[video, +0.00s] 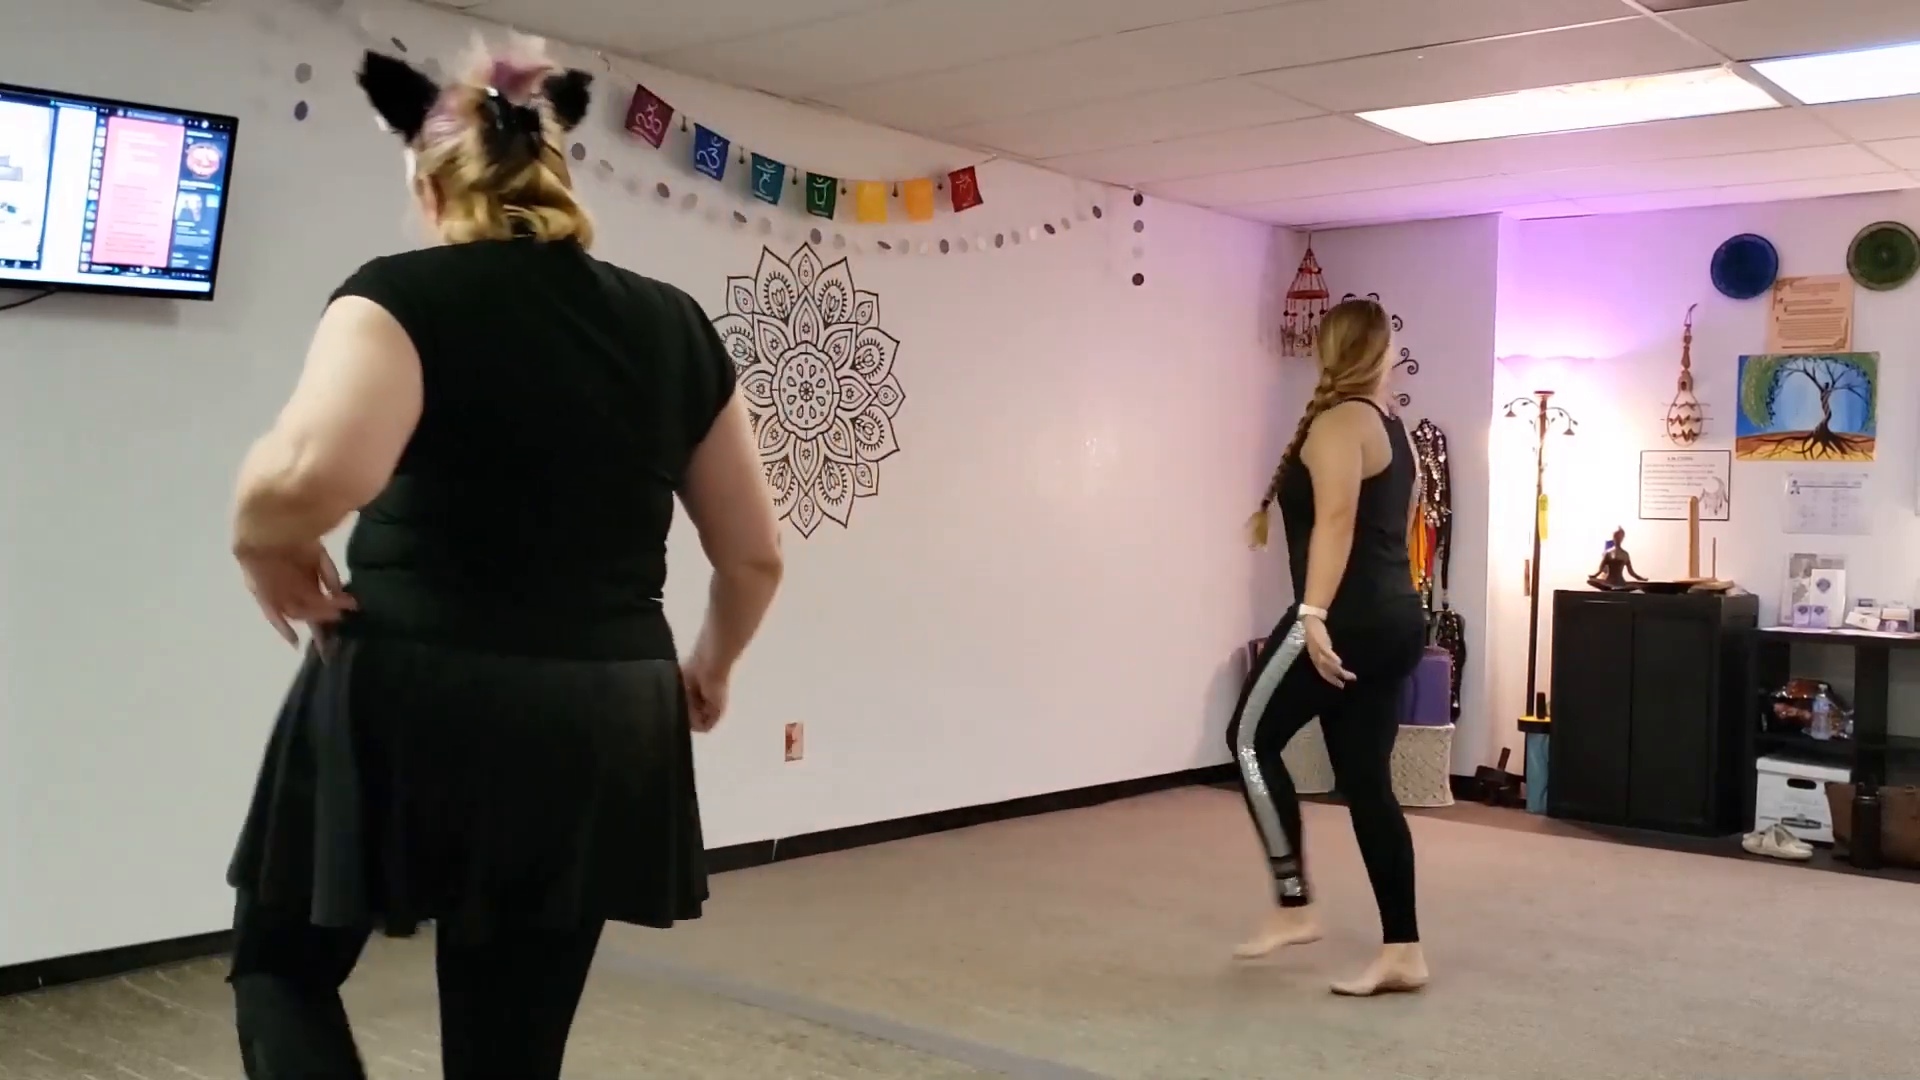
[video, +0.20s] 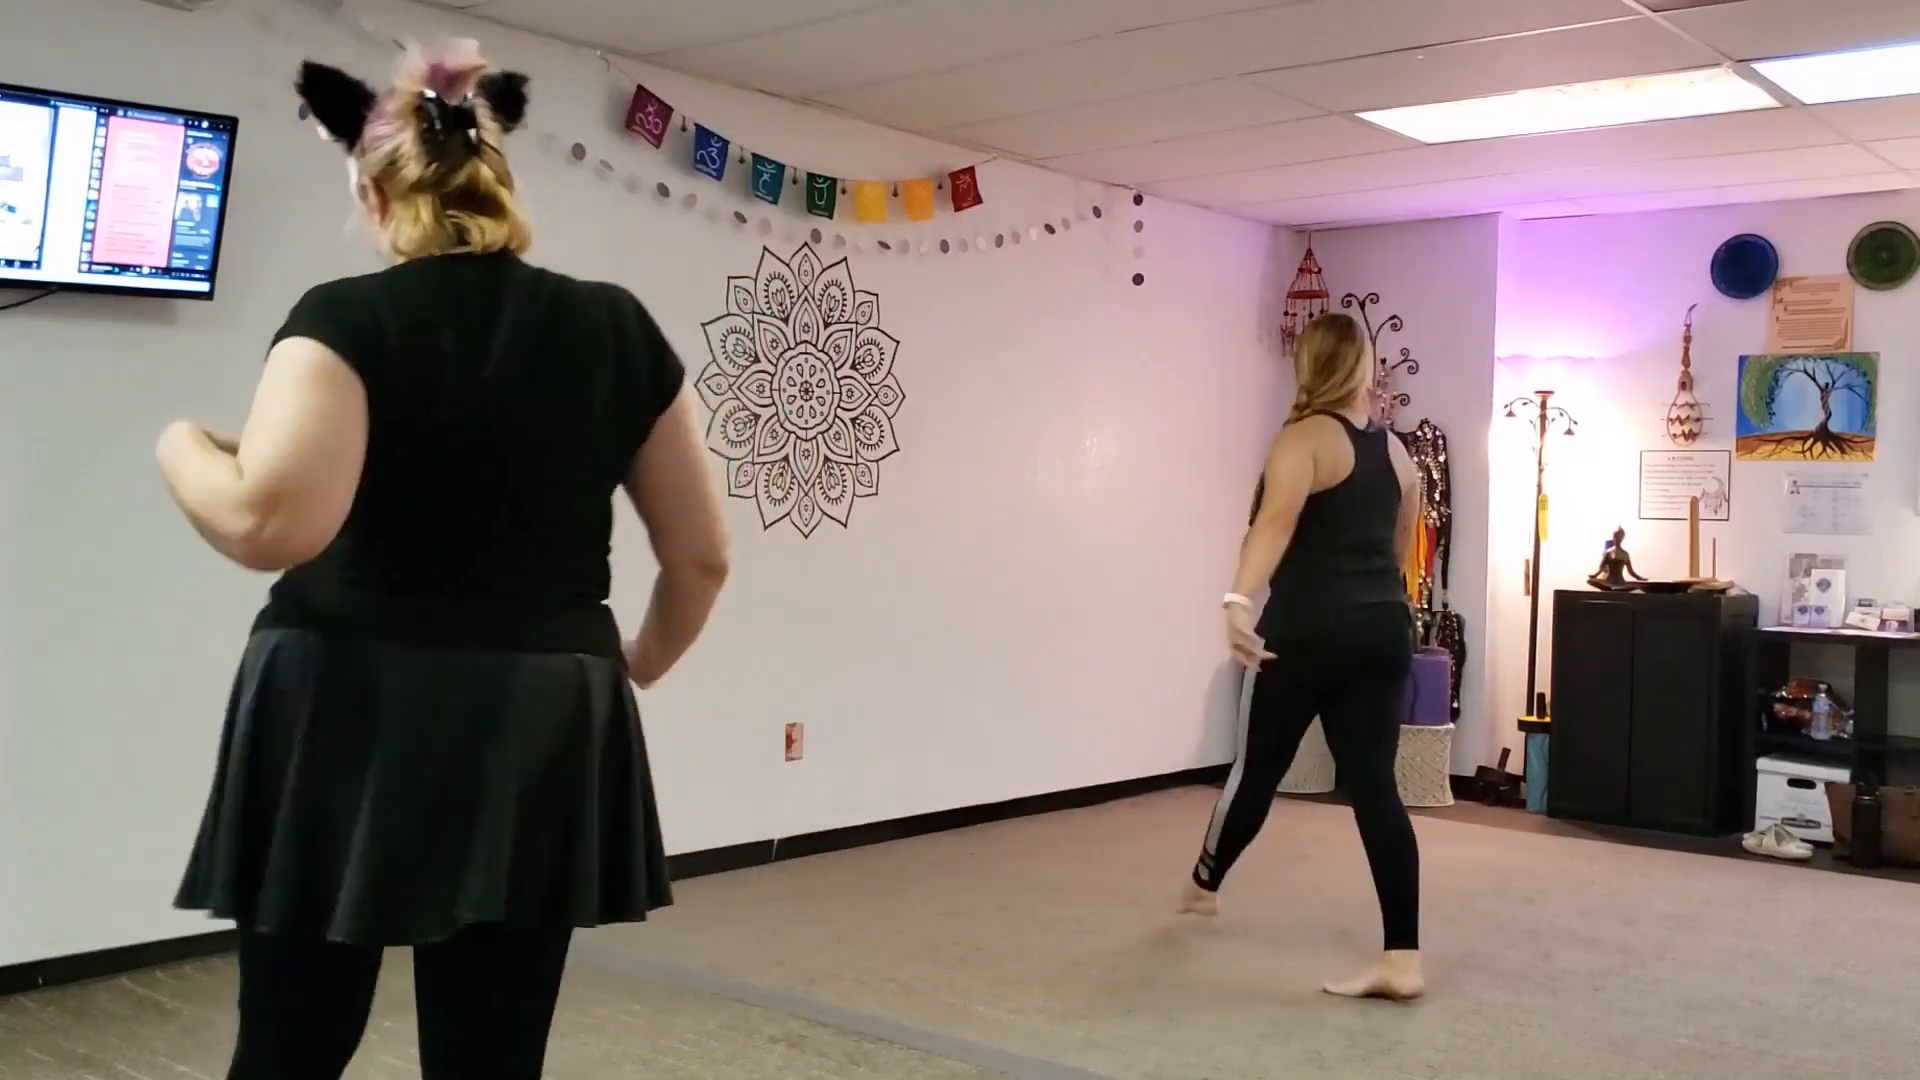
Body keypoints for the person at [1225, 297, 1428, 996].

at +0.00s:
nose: (1399, 358)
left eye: (1395, 347)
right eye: (1395, 348)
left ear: (1330, 351)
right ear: (1380, 355)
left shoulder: (1337, 423)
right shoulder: (1387, 430)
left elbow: (1335, 521)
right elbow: (1382, 527)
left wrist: (1311, 613)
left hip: (1341, 617)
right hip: (1393, 619)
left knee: (1251, 736)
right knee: (1367, 783)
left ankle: (1292, 906)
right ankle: (1403, 948)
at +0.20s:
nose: (1377, 376)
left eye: (1373, 365)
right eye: (1374, 365)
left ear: (1309, 368)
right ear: (1363, 370)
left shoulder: (1300, 441)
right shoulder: (1393, 452)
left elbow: (1276, 522)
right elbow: (1404, 541)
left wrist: (1239, 601)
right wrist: (1385, 594)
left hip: (1307, 630)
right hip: (1382, 631)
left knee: (1261, 768)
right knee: (1375, 788)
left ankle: (1204, 884)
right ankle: (1402, 957)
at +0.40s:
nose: (1342, 381)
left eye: (1336, 370)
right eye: (1338, 371)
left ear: (1273, 377)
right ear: (1328, 379)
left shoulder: (1260, 450)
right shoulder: (1362, 457)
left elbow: (1215, 526)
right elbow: (1374, 553)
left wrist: (1148, 589)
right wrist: (1349, 594)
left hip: (1266, 636)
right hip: (1344, 634)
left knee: (1246, 780)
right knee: (1353, 784)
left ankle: (1233, 915)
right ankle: (1395, 939)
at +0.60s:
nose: (1303, 371)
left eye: (1298, 359)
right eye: (1301, 361)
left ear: (1238, 374)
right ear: (1293, 373)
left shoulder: (1227, 450)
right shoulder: (1330, 450)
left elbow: (1174, 535)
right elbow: (1347, 549)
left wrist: (1084, 579)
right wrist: (1343, 624)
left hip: (1229, 627)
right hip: (1307, 627)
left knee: (1228, 768)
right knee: (1287, 766)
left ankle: (1232, 913)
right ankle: (1337, 881)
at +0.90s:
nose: (1261, 377)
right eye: (1264, 368)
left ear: (1207, 376)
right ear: (1262, 376)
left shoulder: (1185, 456)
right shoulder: (1301, 446)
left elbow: (1149, 549)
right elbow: (1340, 539)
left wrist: (1086, 551)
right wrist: (1371, 617)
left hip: (1200, 622)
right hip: (1276, 621)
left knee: (1212, 757)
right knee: (1241, 720)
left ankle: (1231, 911)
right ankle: (1243, 842)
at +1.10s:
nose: (1252, 379)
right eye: (1255, 370)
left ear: (1199, 373)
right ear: (1253, 377)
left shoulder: (1168, 451)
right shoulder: (1283, 444)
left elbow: (1148, 546)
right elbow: (1315, 528)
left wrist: (1127, 539)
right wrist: (1359, 611)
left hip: (1189, 615)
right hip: (1265, 615)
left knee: (1206, 749)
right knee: (1235, 734)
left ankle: (1227, 898)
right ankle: (1218, 854)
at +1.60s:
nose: (1250, 388)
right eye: (1252, 380)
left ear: (1199, 381)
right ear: (1247, 387)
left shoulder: (1168, 454)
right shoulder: (1263, 458)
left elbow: (1158, 549)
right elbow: (1277, 553)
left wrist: (1174, 598)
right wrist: (1309, 630)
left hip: (1178, 613)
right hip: (1247, 617)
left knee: (1173, 726)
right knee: (1222, 734)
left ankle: (1183, 821)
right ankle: (1197, 863)